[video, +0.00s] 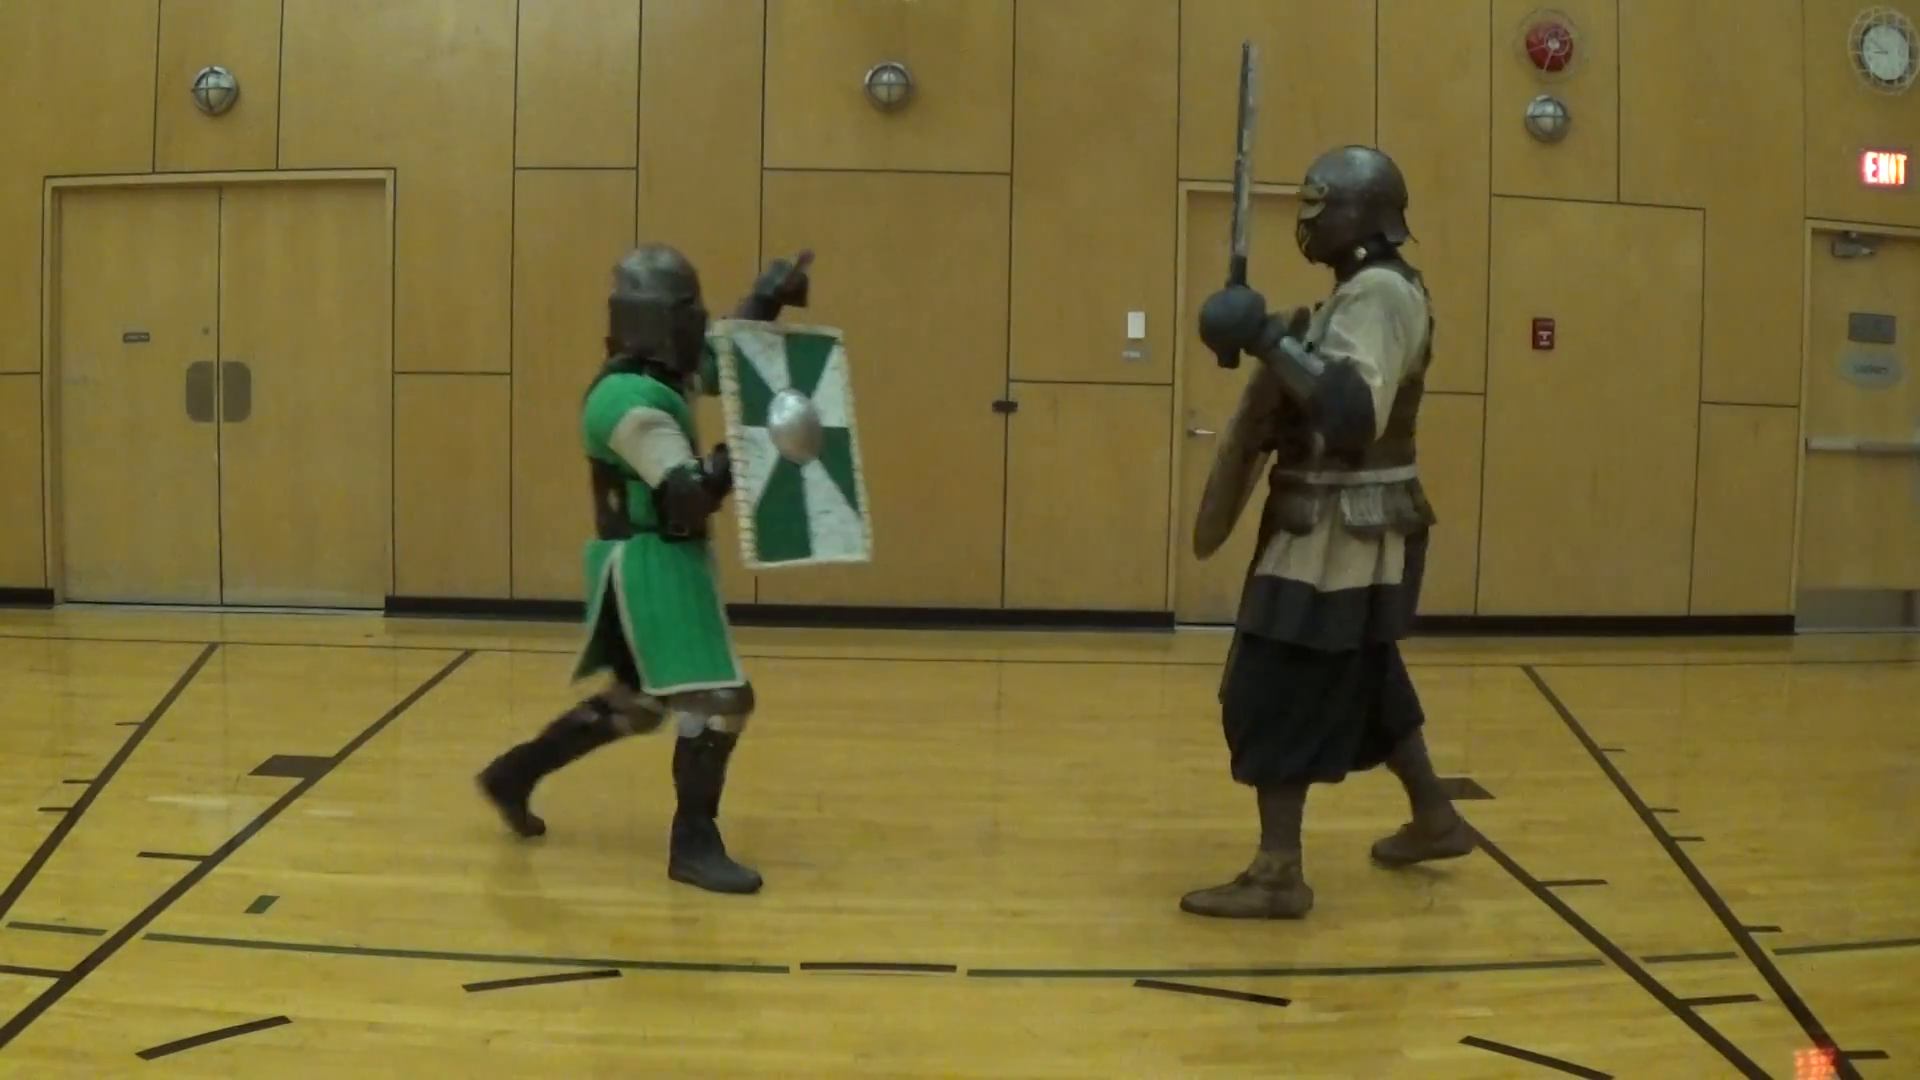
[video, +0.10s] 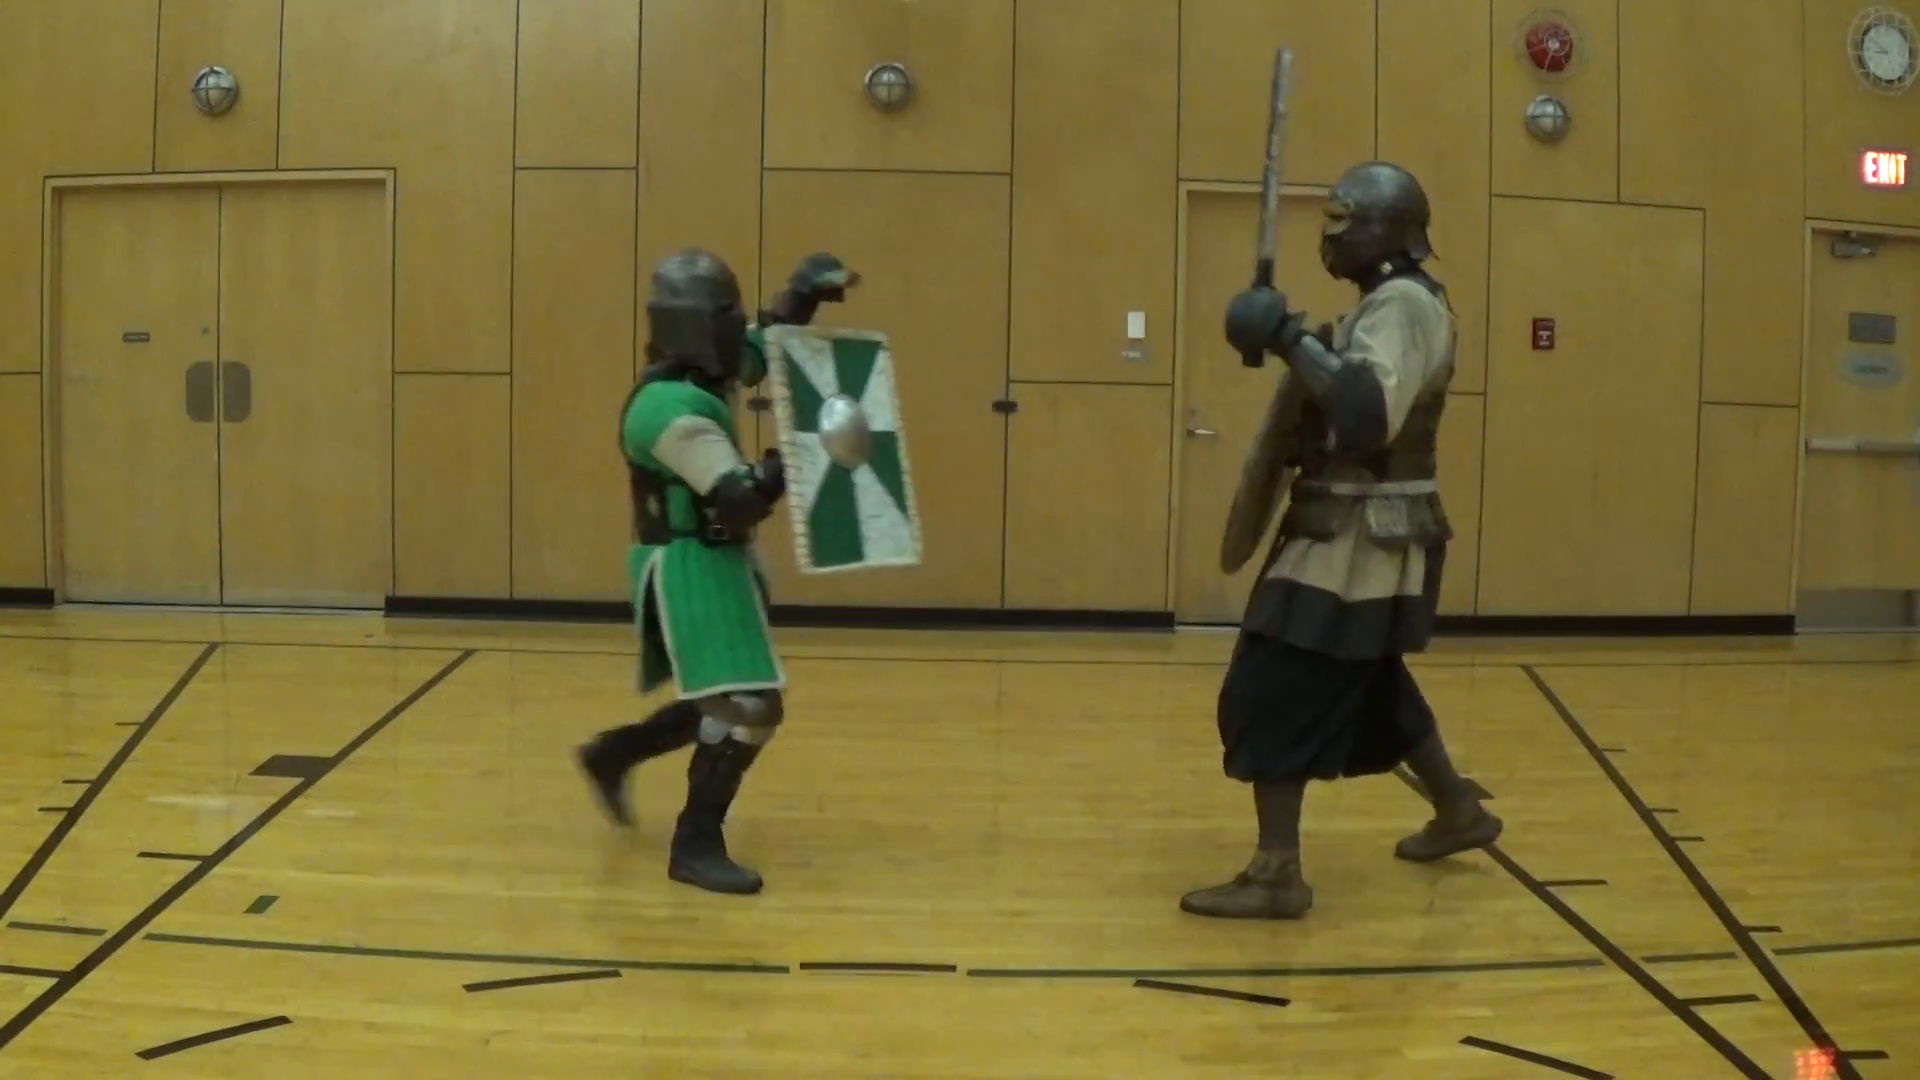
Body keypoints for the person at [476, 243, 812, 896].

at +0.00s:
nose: (698, 324)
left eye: (694, 312)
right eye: (689, 313)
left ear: (632, 320)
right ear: (664, 322)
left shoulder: (659, 380)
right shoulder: (629, 399)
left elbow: (725, 362)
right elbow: (687, 499)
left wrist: (762, 306)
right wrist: (755, 440)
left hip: (651, 562)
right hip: (653, 564)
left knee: (643, 702)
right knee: (719, 701)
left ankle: (514, 773)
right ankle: (695, 847)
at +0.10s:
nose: (734, 326)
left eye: (732, 316)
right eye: (723, 316)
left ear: (676, 327)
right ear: (692, 327)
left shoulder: (708, 379)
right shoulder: (667, 407)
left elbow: (764, 345)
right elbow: (737, 503)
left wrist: (801, 295)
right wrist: (810, 449)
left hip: (714, 559)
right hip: (687, 564)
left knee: (742, 699)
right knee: (747, 706)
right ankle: (697, 846)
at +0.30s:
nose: (830, 347)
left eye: (829, 336)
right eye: (822, 335)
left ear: (773, 337)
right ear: (797, 341)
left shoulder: (789, 402)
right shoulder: (768, 416)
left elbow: (819, 347)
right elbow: (837, 505)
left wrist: (856, 286)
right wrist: (913, 453)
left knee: (912, 660)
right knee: (797, 724)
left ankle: (897, 792)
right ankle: (703, 843)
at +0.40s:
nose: (882, 343)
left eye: (881, 333)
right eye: (873, 331)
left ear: (817, 339)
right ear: (845, 338)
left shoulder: (842, 398)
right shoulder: (822, 409)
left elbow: (872, 355)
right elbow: (887, 500)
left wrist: (909, 303)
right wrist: (958, 452)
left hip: (874, 562)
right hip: (835, 569)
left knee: (952, 671)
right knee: (865, 715)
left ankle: (901, 793)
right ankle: (748, 818)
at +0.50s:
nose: (922, 344)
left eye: (919, 335)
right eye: (914, 334)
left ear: (867, 336)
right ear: (892, 337)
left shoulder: (880, 394)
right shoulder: (861, 403)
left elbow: (923, 369)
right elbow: (916, 495)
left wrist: (960, 311)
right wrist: (995, 456)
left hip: (890, 556)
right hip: (861, 561)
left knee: (969, 672)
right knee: (952, 678)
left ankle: (903, 788)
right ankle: (879, 794)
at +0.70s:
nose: (979, 336)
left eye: (976, 329)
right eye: (972, 326)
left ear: (915, 330)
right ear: (955, 331)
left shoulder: (917, 391)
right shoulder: (930, 405)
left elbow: (978, 365)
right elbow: (971, 509)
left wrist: (1017, 303)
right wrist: (1041, 459)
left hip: (925, 561)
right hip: (943, 566)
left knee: (988, 678)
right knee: (1030, 669)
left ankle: (910, 775)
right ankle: (1012, 802)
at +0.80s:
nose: (994, 331)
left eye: (993, 322)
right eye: (987, 320)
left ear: (928, 327)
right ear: (969, 327)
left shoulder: (927, 392)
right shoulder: (948, 405)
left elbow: (987, 365)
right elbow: (992, 508)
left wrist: (1028, 305)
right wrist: (1053, 466)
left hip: (942, 560)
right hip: (965, 565)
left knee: (1000, 667)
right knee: (1048, 669)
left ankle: (915, 756)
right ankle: (1014, 800)